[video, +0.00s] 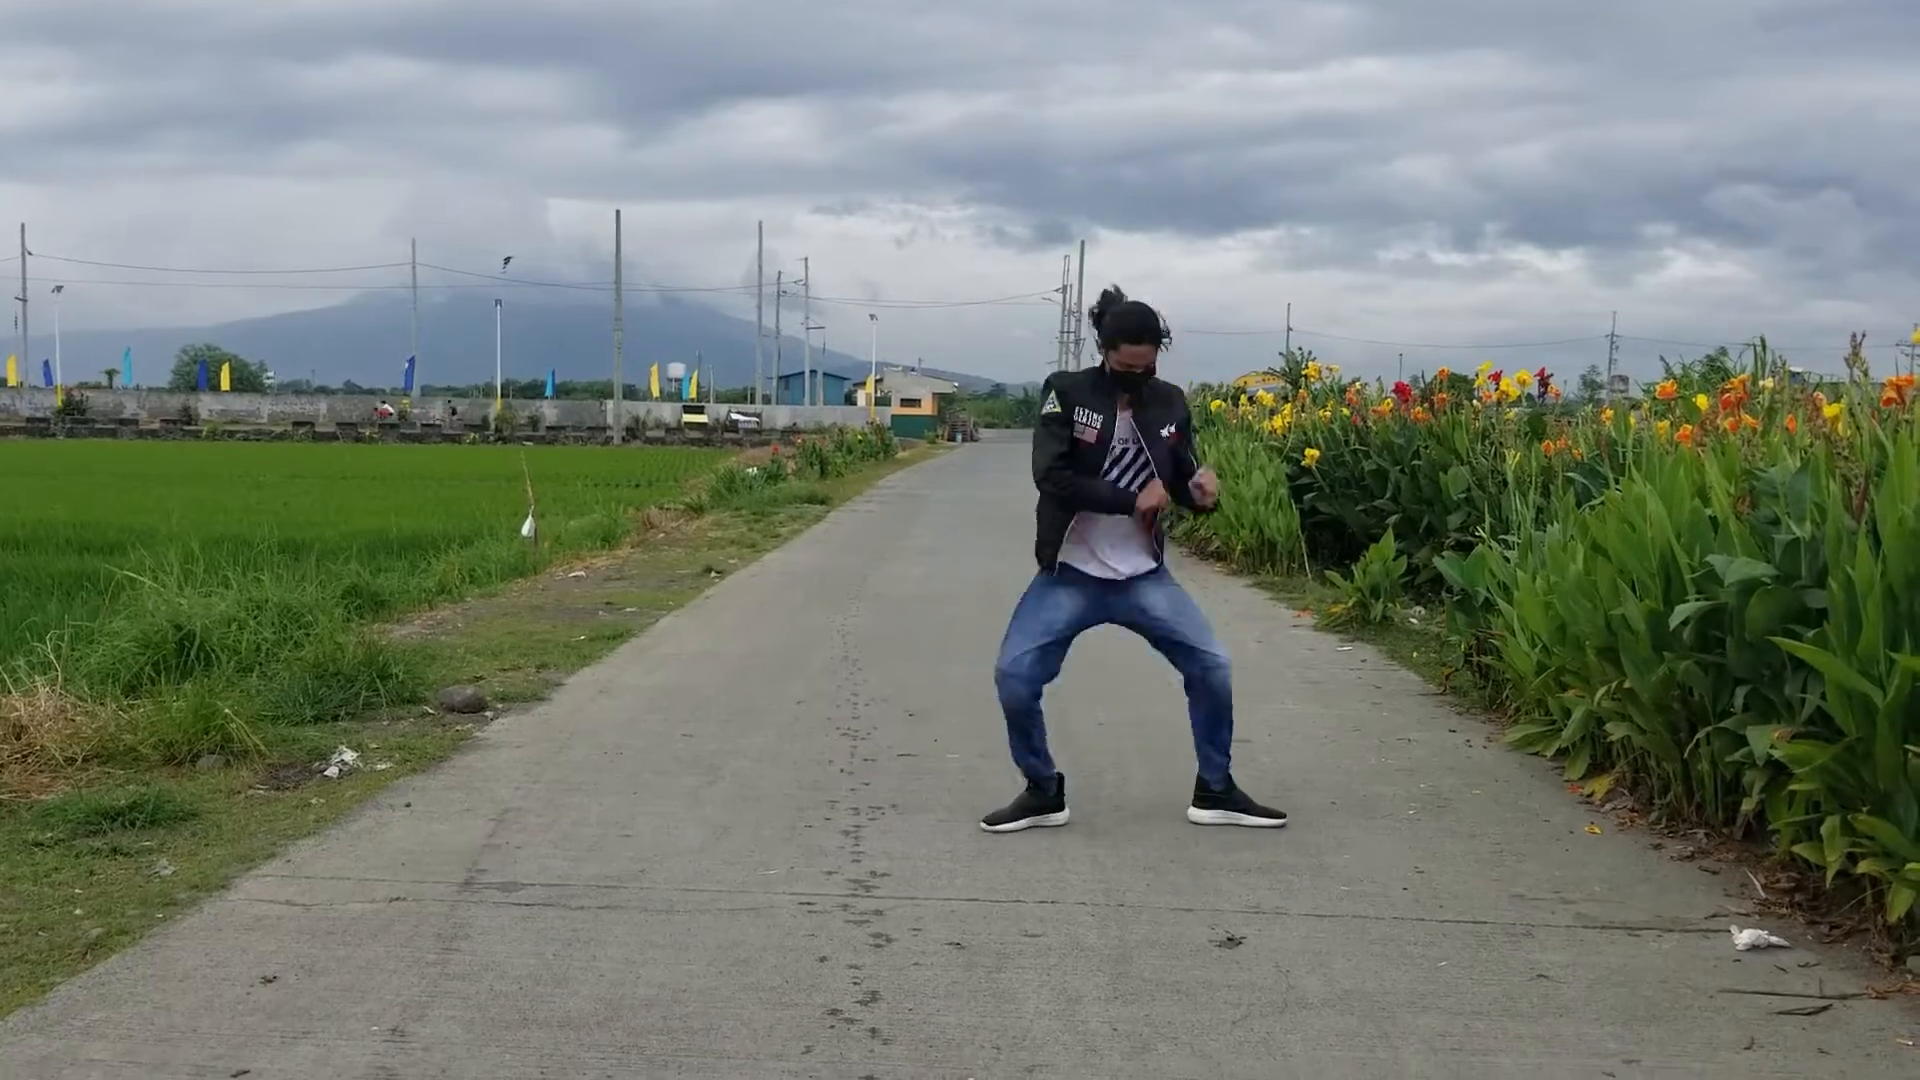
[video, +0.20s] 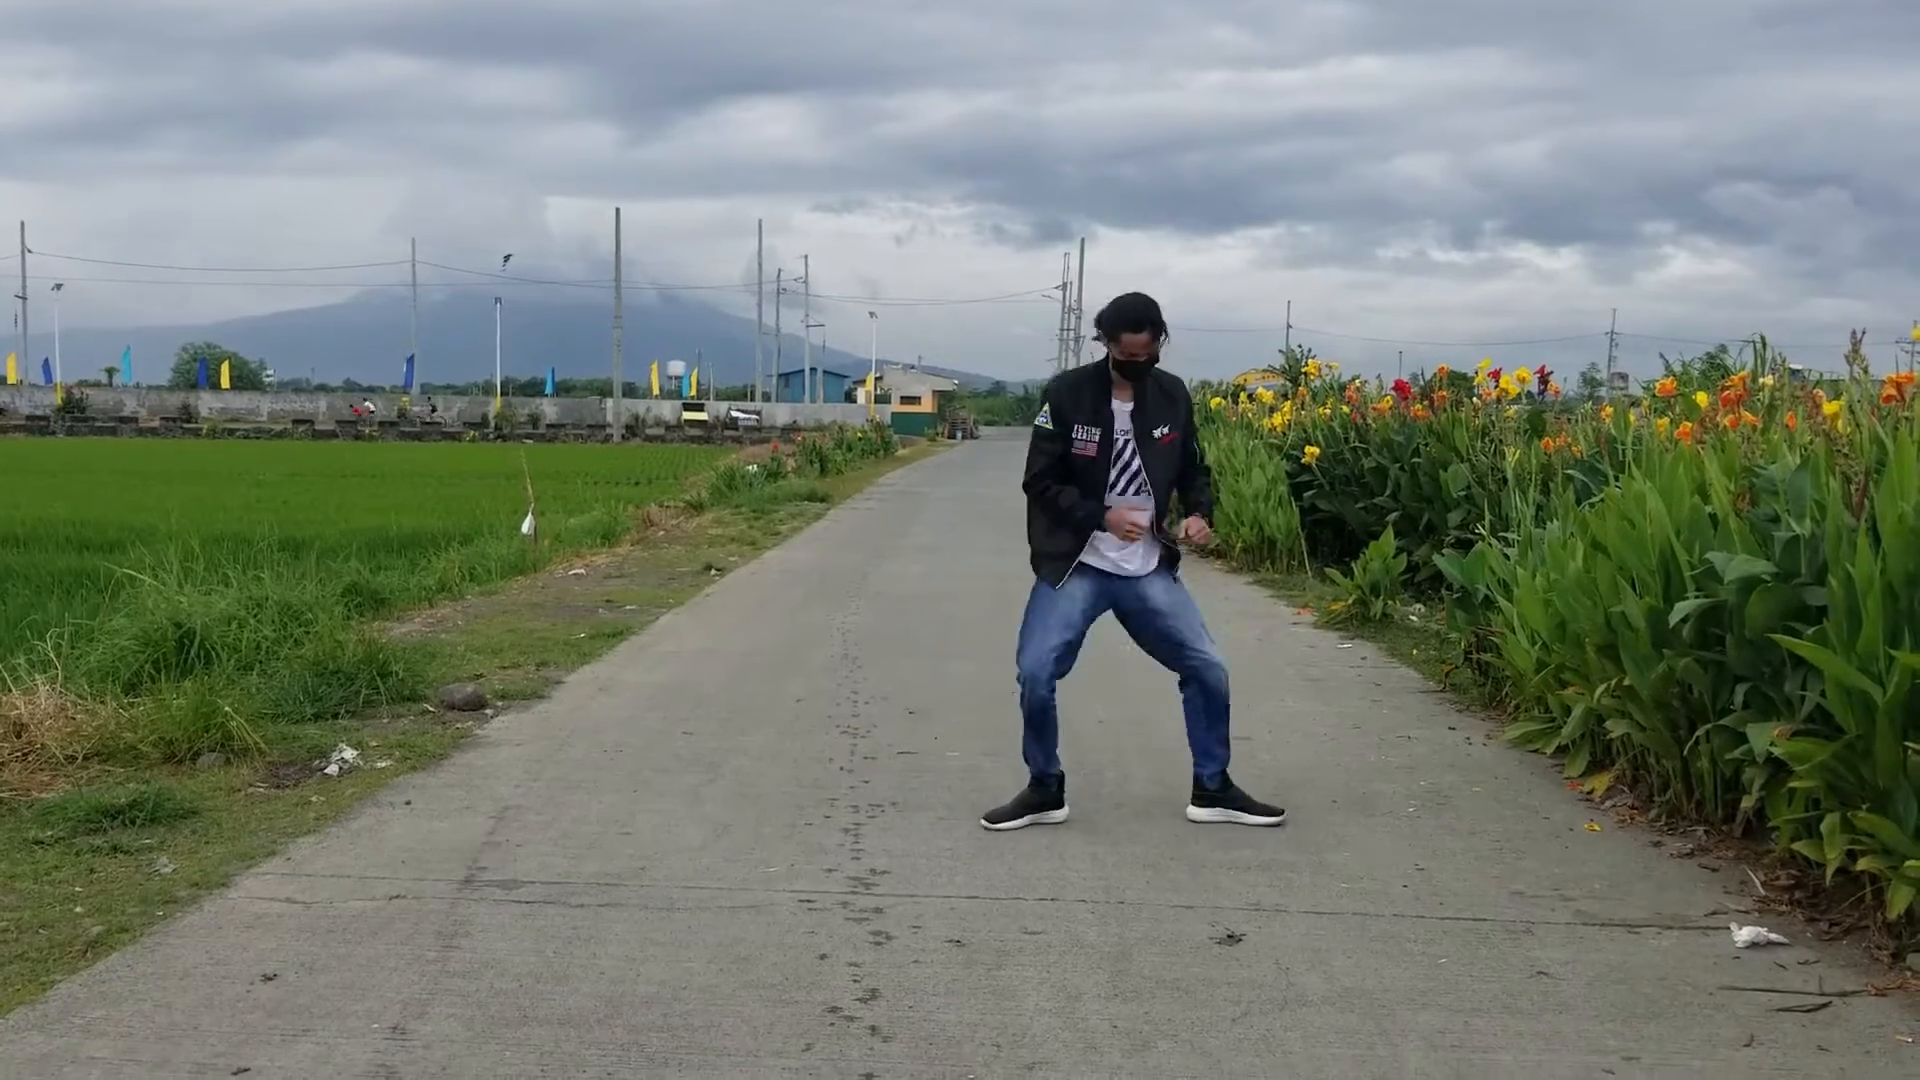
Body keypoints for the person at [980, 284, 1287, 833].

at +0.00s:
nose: (1137, 376)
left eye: (1146, 367)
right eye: (1128, 368)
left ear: (1158, 350)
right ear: (1106, 351)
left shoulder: (1171, 402)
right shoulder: (1067, 391)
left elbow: (1179, 484)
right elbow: (1050, 475)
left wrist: (1196, 491)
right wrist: (1131, 499)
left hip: (1143, 576)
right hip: (1069, 575)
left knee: (1212, 666)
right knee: (1013, 676)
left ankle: (1214, 789)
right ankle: (1043, 790)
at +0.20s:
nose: (1136, 365)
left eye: (1146, 355)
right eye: (1126, 356)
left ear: (1160, 345)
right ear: (1105, 343)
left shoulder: (1173, 397)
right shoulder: (1067, 392)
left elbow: (1192, 472)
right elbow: (1040, 482)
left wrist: (1198, 513)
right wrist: (1102, 516)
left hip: (1148, 568)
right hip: (1075, 564)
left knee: (1208, 669)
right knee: (1034, 673)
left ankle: (1212, 788)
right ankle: (1045, 787)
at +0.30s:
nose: (1122, 319)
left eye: (1132, 308)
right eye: (1111, 308)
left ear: (1147, 299)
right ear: (1093, 298)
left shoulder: (1165, 353)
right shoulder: (1056, 347)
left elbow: (1205, 426)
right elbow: (995, 410)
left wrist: (1196, 465)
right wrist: (1059, 414)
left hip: (1143, 532)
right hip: (1077, 529)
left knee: (1160, 664)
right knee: (1063, 660)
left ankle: (1178, 783)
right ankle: (1029, 780)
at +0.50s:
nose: (1058, 296)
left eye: (1069, 287)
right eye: (1054, 286)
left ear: (1103, 287)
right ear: (1052, 288)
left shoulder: (1148, 349)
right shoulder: (1035, 347)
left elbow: (1206, 412)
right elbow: (964, 385)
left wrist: (1174, 452)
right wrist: (985, 356)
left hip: (1131, 536)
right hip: (1061, 530)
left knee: (1161, 667)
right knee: (1036, 662)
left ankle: (1171, 781)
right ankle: (1018, 779)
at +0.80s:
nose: (1094, 290)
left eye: (1103, 279)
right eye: (1081, 282)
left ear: (1118, 289)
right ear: (1063, 296)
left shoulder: (1155, 349)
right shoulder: (1039, 359)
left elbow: (1229, 405)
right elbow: (979, 430)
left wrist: (1205, 381)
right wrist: (1005, 394)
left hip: (1149, 542)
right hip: (1075, 546)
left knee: (1204, 661)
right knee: (1047, 674)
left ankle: (1204, 773)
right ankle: (1027, 782)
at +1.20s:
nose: (1058, 332)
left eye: (1070, 322)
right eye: (1052, 320)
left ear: (1100, 318)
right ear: (1047, 313)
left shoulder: (1129, 367)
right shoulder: (1026, 378)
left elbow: (1161, 437)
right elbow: (960, 444)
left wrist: (1195, 481)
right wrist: (935, 379)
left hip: (1137, 558)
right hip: (1068, 562)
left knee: (1195, 672)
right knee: (1043, 683)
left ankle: (1225, 787)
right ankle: (976, 775)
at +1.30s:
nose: (1021, 317)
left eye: (1034, 309)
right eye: (1016, 306)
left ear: (1063, 315)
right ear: (1010, 310)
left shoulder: (1094, 370)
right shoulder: (992, 375)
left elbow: (1116, 442)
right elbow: (951, 457)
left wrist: (1148, 496)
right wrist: (922, 427)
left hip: (1096, 552)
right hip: (1029, 554)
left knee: (1156, 666)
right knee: (1029, 680)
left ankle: (1212, 771)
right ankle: (980, 782)